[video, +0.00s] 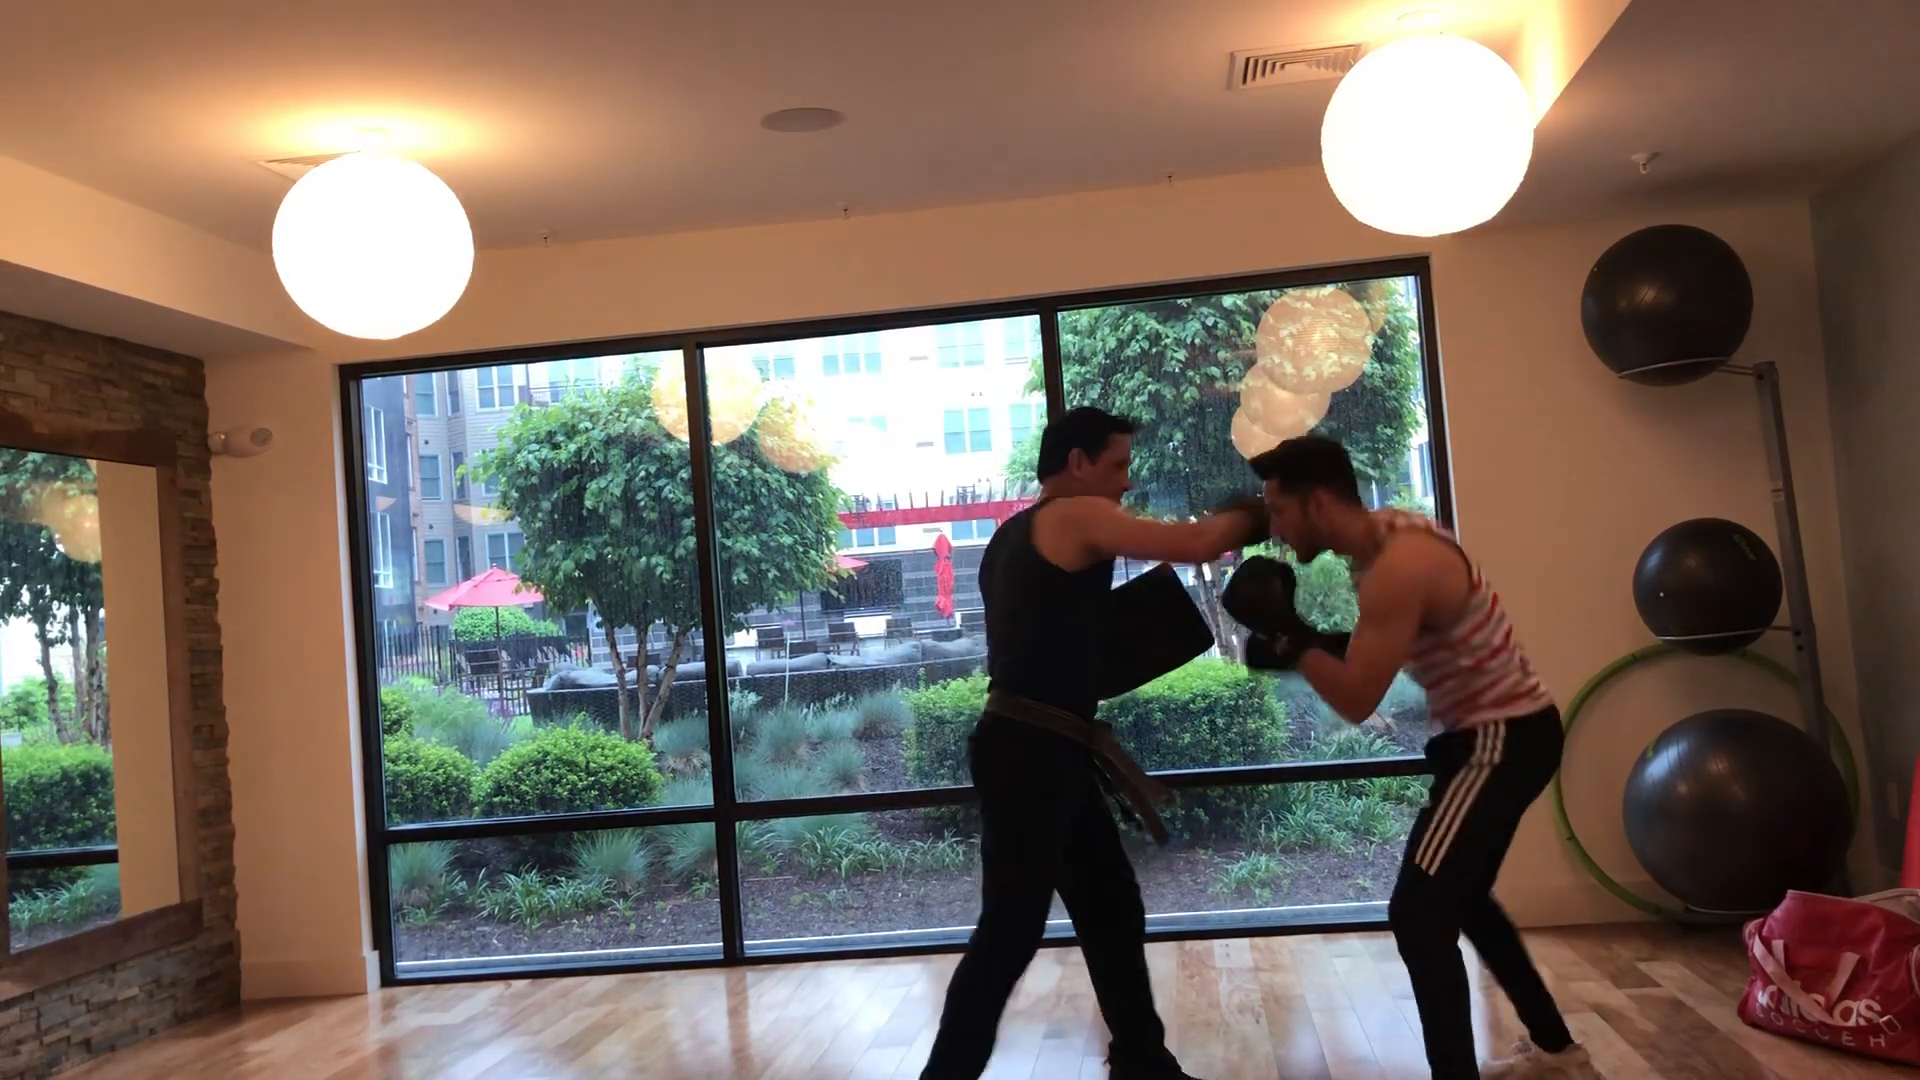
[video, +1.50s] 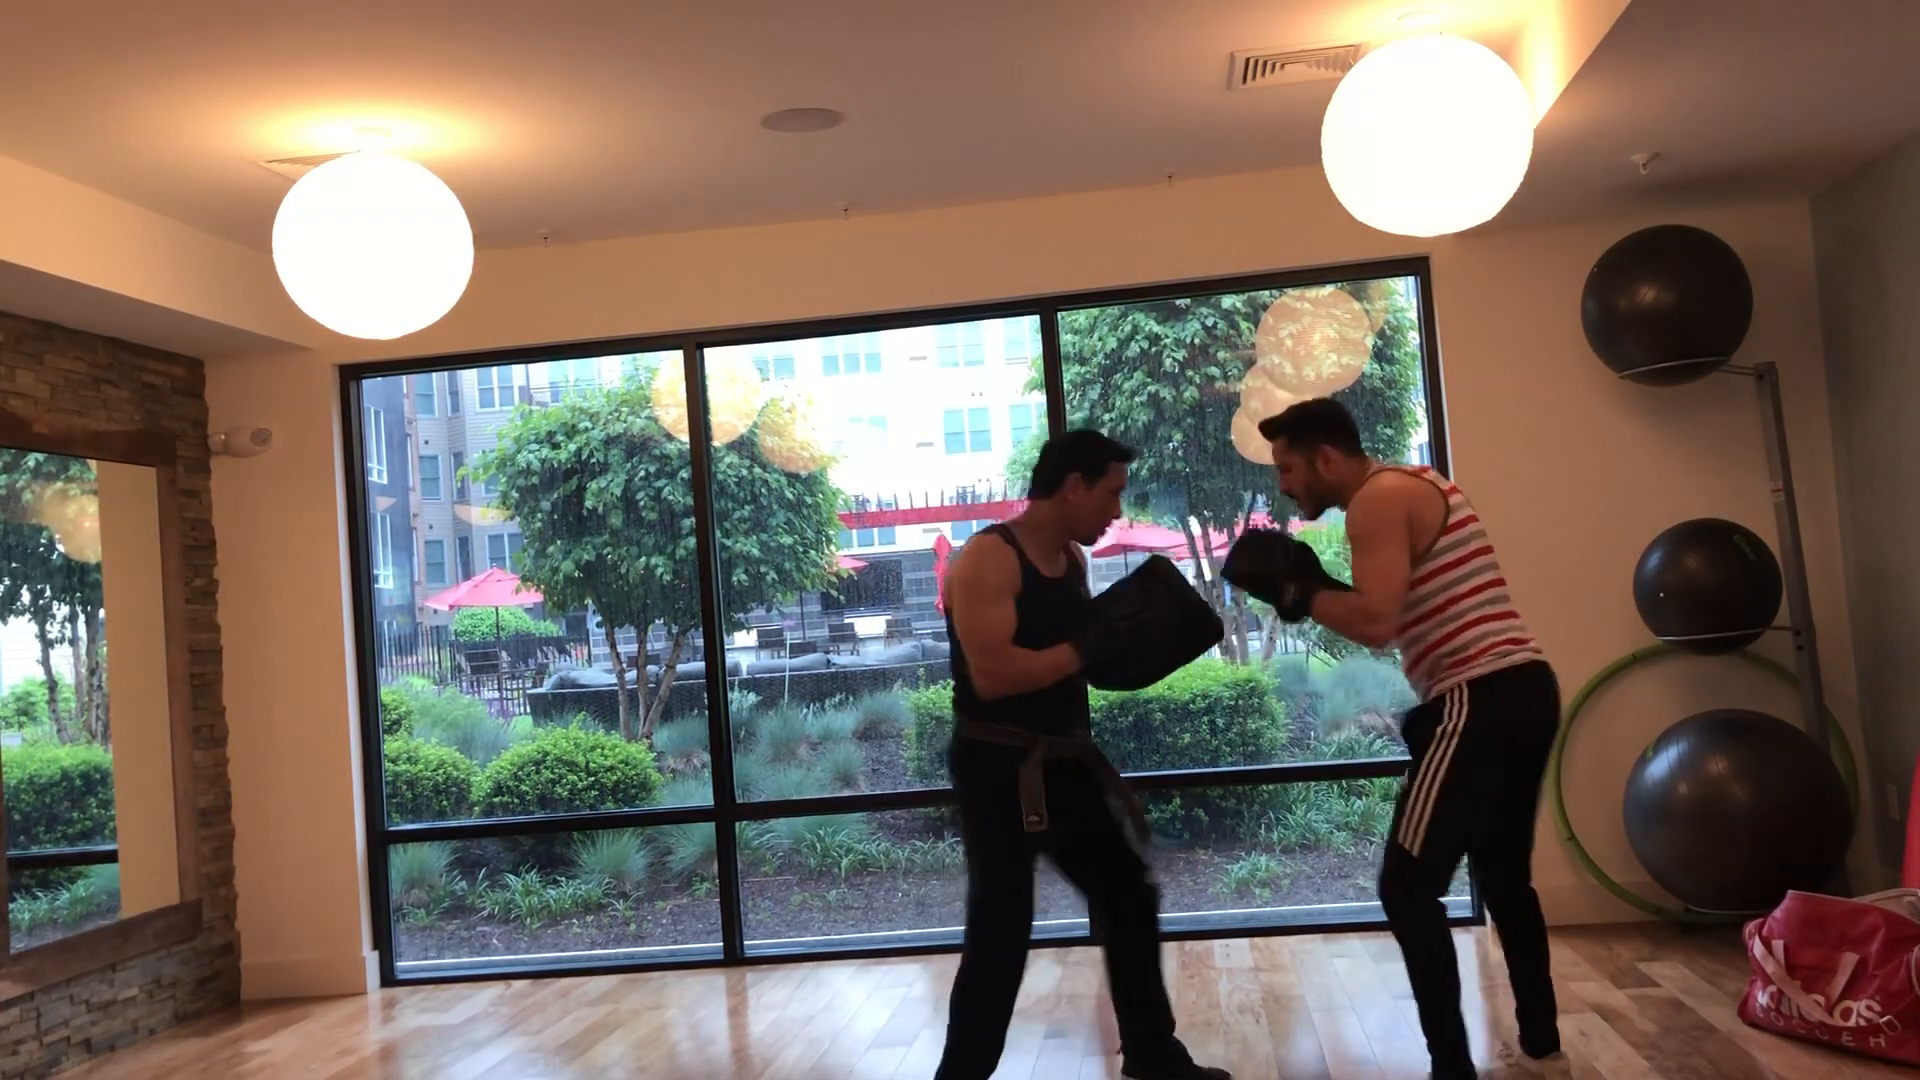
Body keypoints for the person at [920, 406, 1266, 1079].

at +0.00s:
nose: (1127, 481)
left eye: (1127, 467)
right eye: (1118, 467)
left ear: (1067, 467)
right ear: (1077, 463)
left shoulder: (1016, 536)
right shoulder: (1075, 518)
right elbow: (1196, 543)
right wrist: (1260, 510)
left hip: (1038, 747)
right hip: (1032, 750)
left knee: (1112, 913)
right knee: (1009, 934)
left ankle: (1142, 1061)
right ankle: (947, 1073)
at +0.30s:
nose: (1134, 488)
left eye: (1137, 475)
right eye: (1123, 474)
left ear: (1074, 477)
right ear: (1076, 471)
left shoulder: (1037, 537)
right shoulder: (1067, 543)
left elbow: (1078, 646)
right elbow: (1106, 662)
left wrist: (1158, 625)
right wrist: (1195, 648)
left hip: (1045, 746)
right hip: (1032, 752)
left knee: (1123, 901)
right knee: (1043, 926)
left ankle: (1142, 1059)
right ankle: (985, 1075)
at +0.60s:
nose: (1100, 477)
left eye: (1101, 464)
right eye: (1090, 464)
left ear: (1055, 465)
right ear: (1041, 463)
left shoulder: (1078, 524)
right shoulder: (969, 539)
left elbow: (1167, 519)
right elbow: (904, 638)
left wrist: (1243, 491)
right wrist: (1008, 665)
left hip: (1034, 745)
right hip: (960, 749)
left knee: (1079, 912)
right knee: (956, 933)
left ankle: (1131, 1065)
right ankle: (955, 1071)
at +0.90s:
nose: (1104, 480)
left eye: (1106, 466)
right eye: (1098, 465)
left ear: (1061, 464)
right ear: (1057, 463)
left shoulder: (1070, 539)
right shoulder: (966, 533)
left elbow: (1109, 624)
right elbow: (937, 642)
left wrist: (1144, 579)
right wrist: (1036, 614)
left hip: (1058, 747)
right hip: (980, 751)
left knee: (1103, 916)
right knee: (977, 934)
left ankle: (1119, 1064)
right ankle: (966, 1073)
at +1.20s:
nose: (1099, 497)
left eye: (1102, 484)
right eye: (1095, 482)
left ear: (1053, 475)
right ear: (1056, 472)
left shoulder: (1032, 543)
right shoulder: (983, 534)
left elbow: (1075, 632)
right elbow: (1050, 627)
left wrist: (1141, 578)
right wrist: (1105, 561)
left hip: (1037, 751)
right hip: (979, 755)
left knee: (1104, 899)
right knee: (988, 937)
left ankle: (1118, 1064)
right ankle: (957, 1074)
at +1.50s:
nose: (1117, 511)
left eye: (1120, 497)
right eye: (1111, 495)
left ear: (1072, 490)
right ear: (1071, 487)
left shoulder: (1069, 561)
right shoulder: (984, 558)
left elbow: (1075, 650)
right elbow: (993, 674)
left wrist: (1134, 625)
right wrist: (1092, 645)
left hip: (1065, 757)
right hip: (997, 763)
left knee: (1128, 898)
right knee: (1000, 930)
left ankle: (1152, 1054)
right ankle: (962, 1072)